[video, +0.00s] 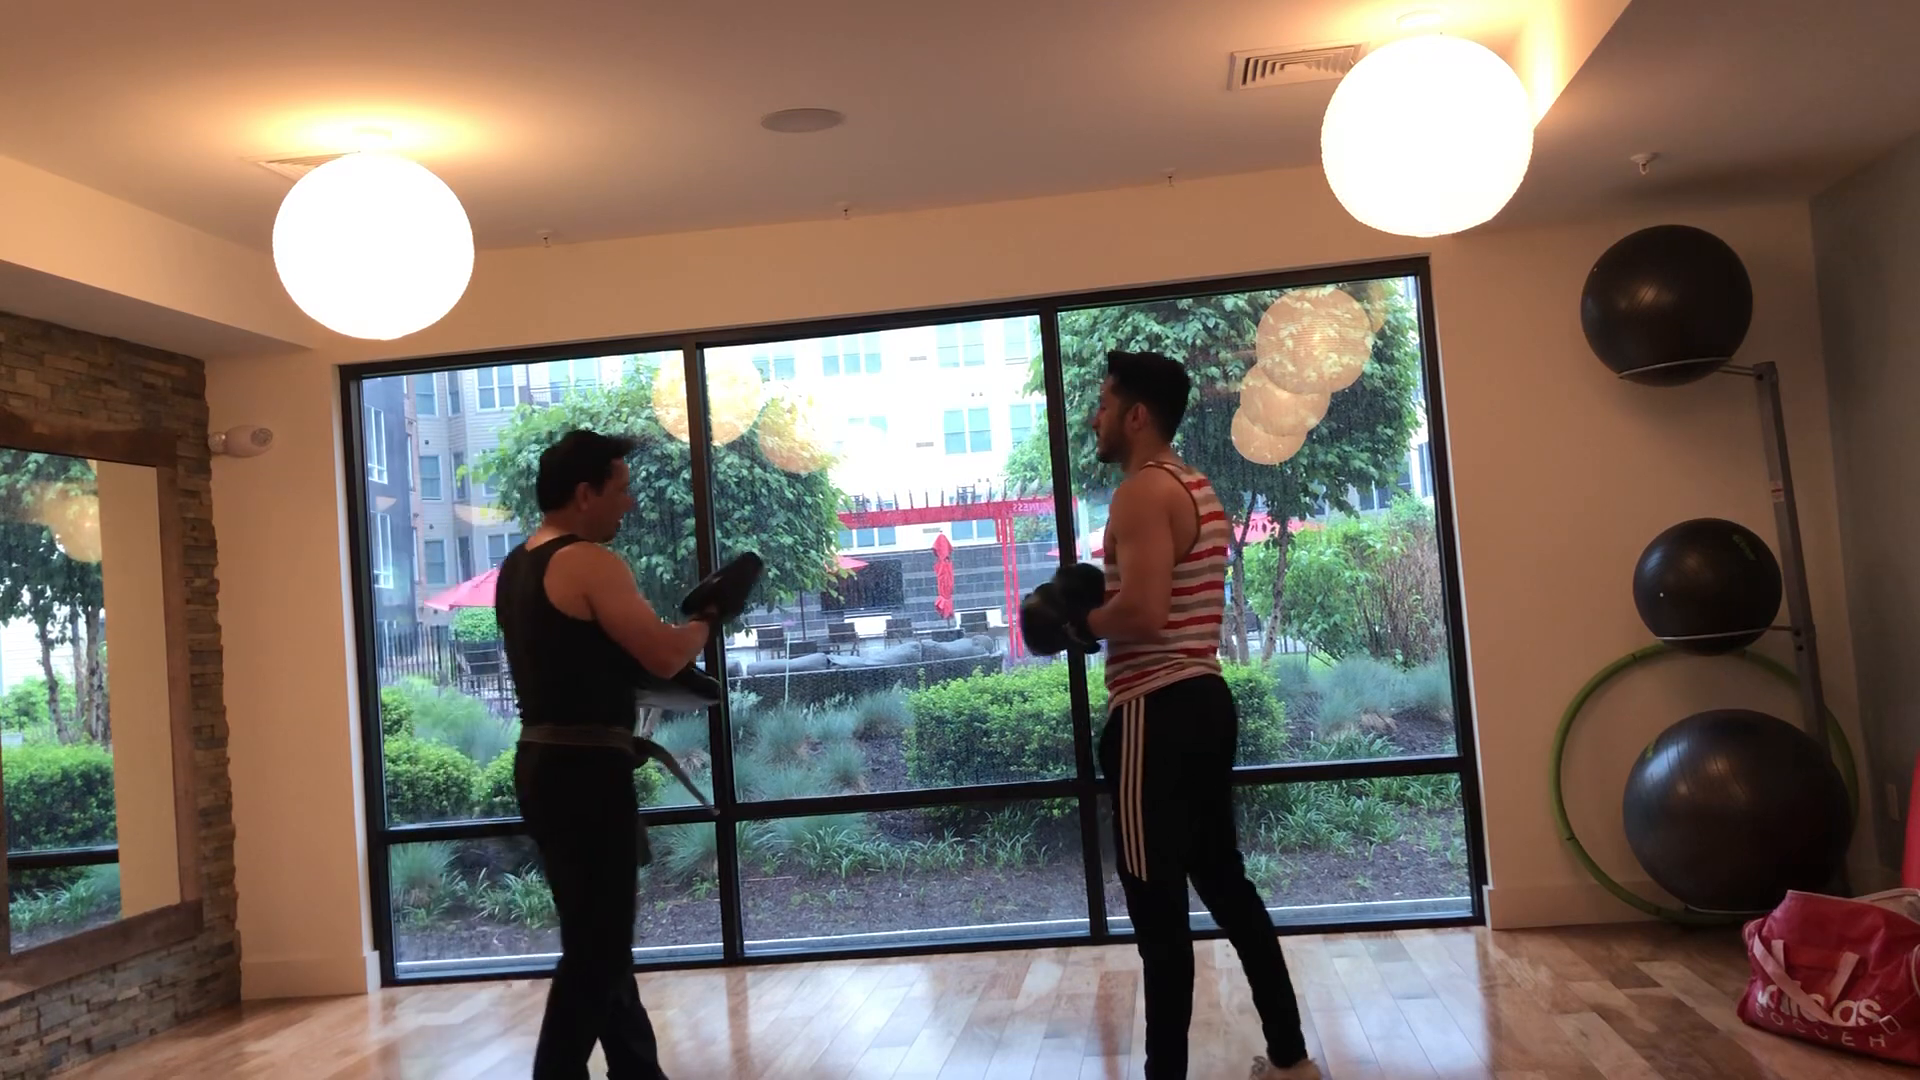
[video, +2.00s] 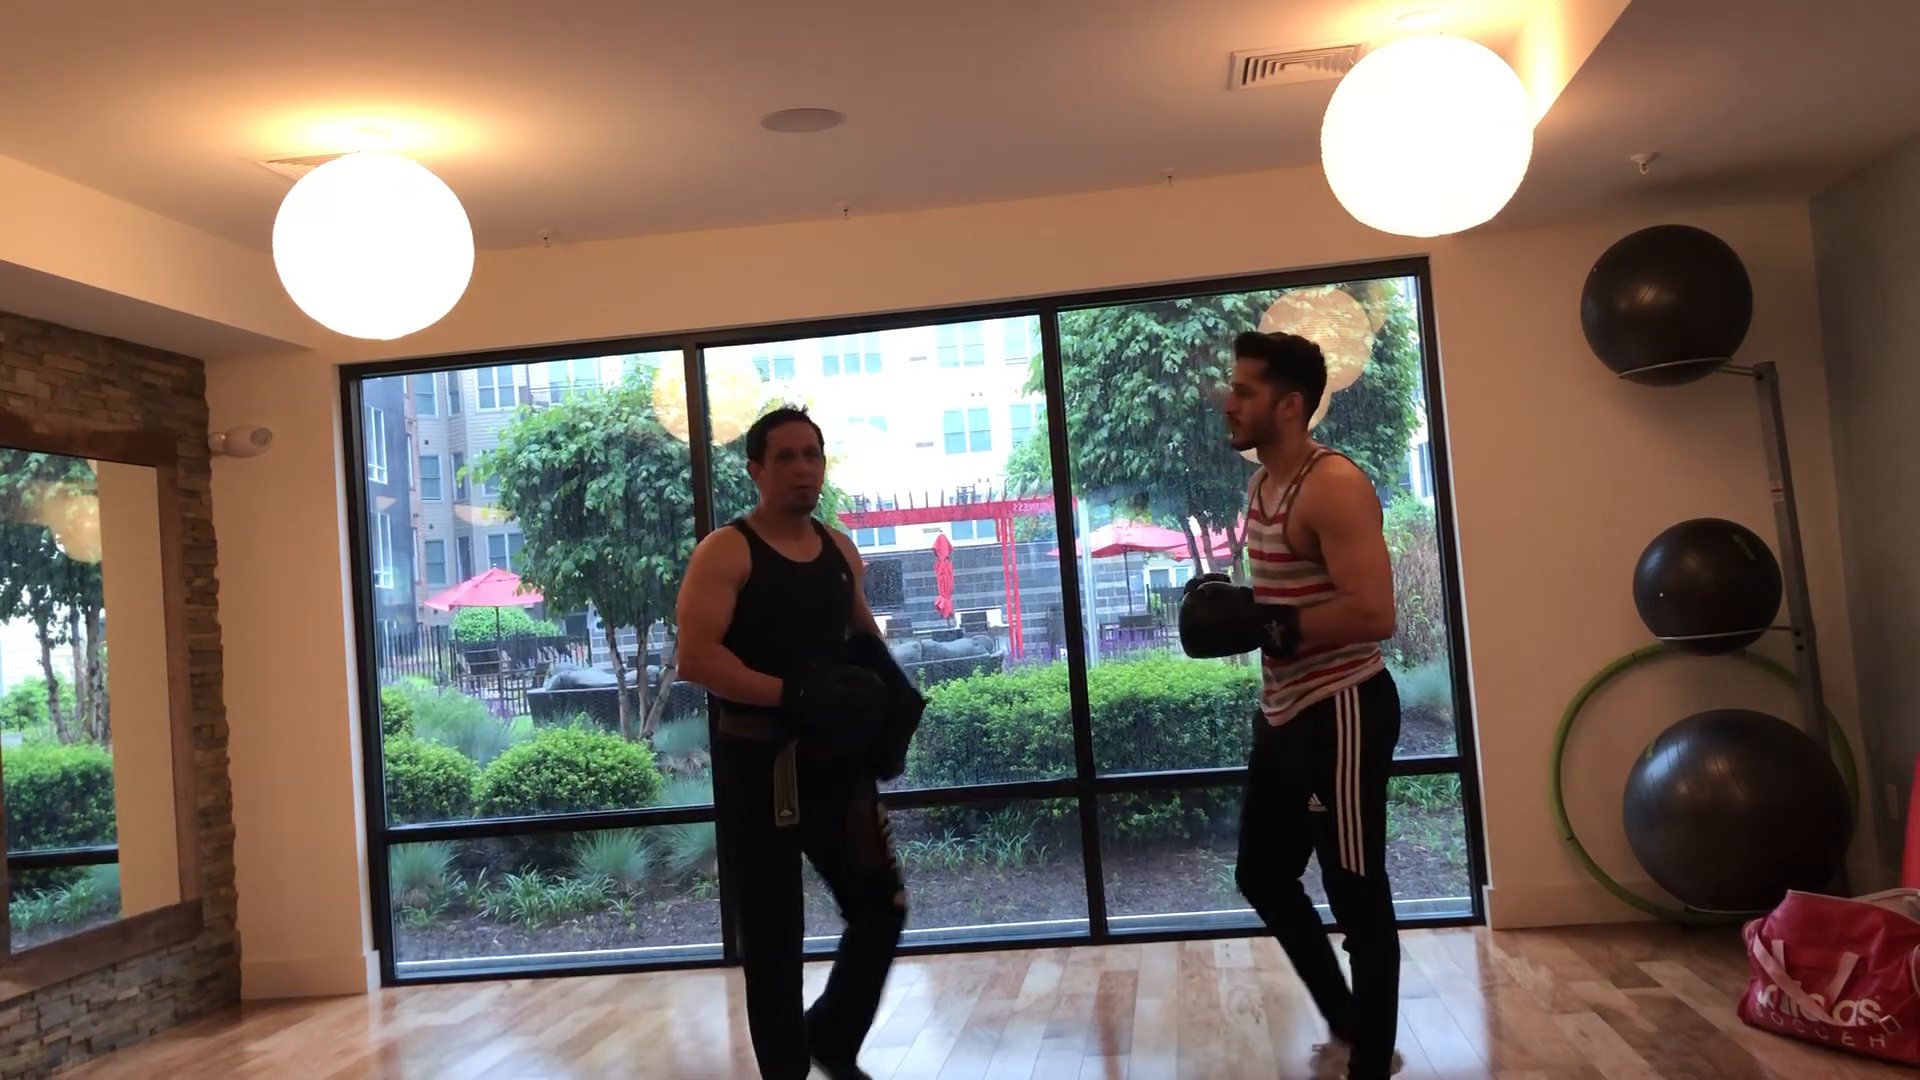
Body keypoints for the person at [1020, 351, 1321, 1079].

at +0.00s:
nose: (1092, 417)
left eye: (1101, 402)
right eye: (1097, 402)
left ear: (1135, 412)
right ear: (1153, 416)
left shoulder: (1143, 492)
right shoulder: (1195, 488)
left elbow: (1142, 613)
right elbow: (1178, 602)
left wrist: (1077, 622)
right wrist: (1102, 589)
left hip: (1154, 709)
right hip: (1205, 699)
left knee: (1153, 901)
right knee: (1222, 880)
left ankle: (1164, 1072)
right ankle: (1288, 1047)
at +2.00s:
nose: (1227, 403)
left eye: (1243, 391)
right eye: (1230, 389)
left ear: (1293, 402)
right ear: (1271, 401)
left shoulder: (1334, 484)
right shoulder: (1264, 482)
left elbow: (1375, 613)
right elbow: (1287, 589)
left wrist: (1263, 624)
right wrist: (1231, 604)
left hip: (1347, 701)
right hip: (1287, 703)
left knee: (1357, 889)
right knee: (1265, 878)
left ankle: (1374, 1065)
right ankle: (1350, 1028)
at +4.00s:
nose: (1256, 397)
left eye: (1271, 383)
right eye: (1259, 383)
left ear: (1319, 392)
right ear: (1302, 394)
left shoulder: (1371, 479)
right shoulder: (1282, 489)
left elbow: (1413, 603)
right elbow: (1306, 592)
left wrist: (1301, 611)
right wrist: (1243, 603)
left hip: (1365, 699)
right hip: (1299, 707)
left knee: (1380, 887)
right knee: (1300, 882)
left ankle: (1403, 1062)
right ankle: (1378, 1036)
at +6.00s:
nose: (1228, 532)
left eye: (1231, 514)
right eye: (1226, 516)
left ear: (1269, 510)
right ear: (1283, 509)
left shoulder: (1359, 569)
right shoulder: (1337, 565)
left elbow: (1307, 717)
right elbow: (1373, 660)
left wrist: (1243, 648)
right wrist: (1270, 686)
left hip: (1505, 736)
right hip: (1461, 739)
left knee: (1432, 910)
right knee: (1406, 887)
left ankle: (1454, 1069)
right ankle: (1458, 1054)